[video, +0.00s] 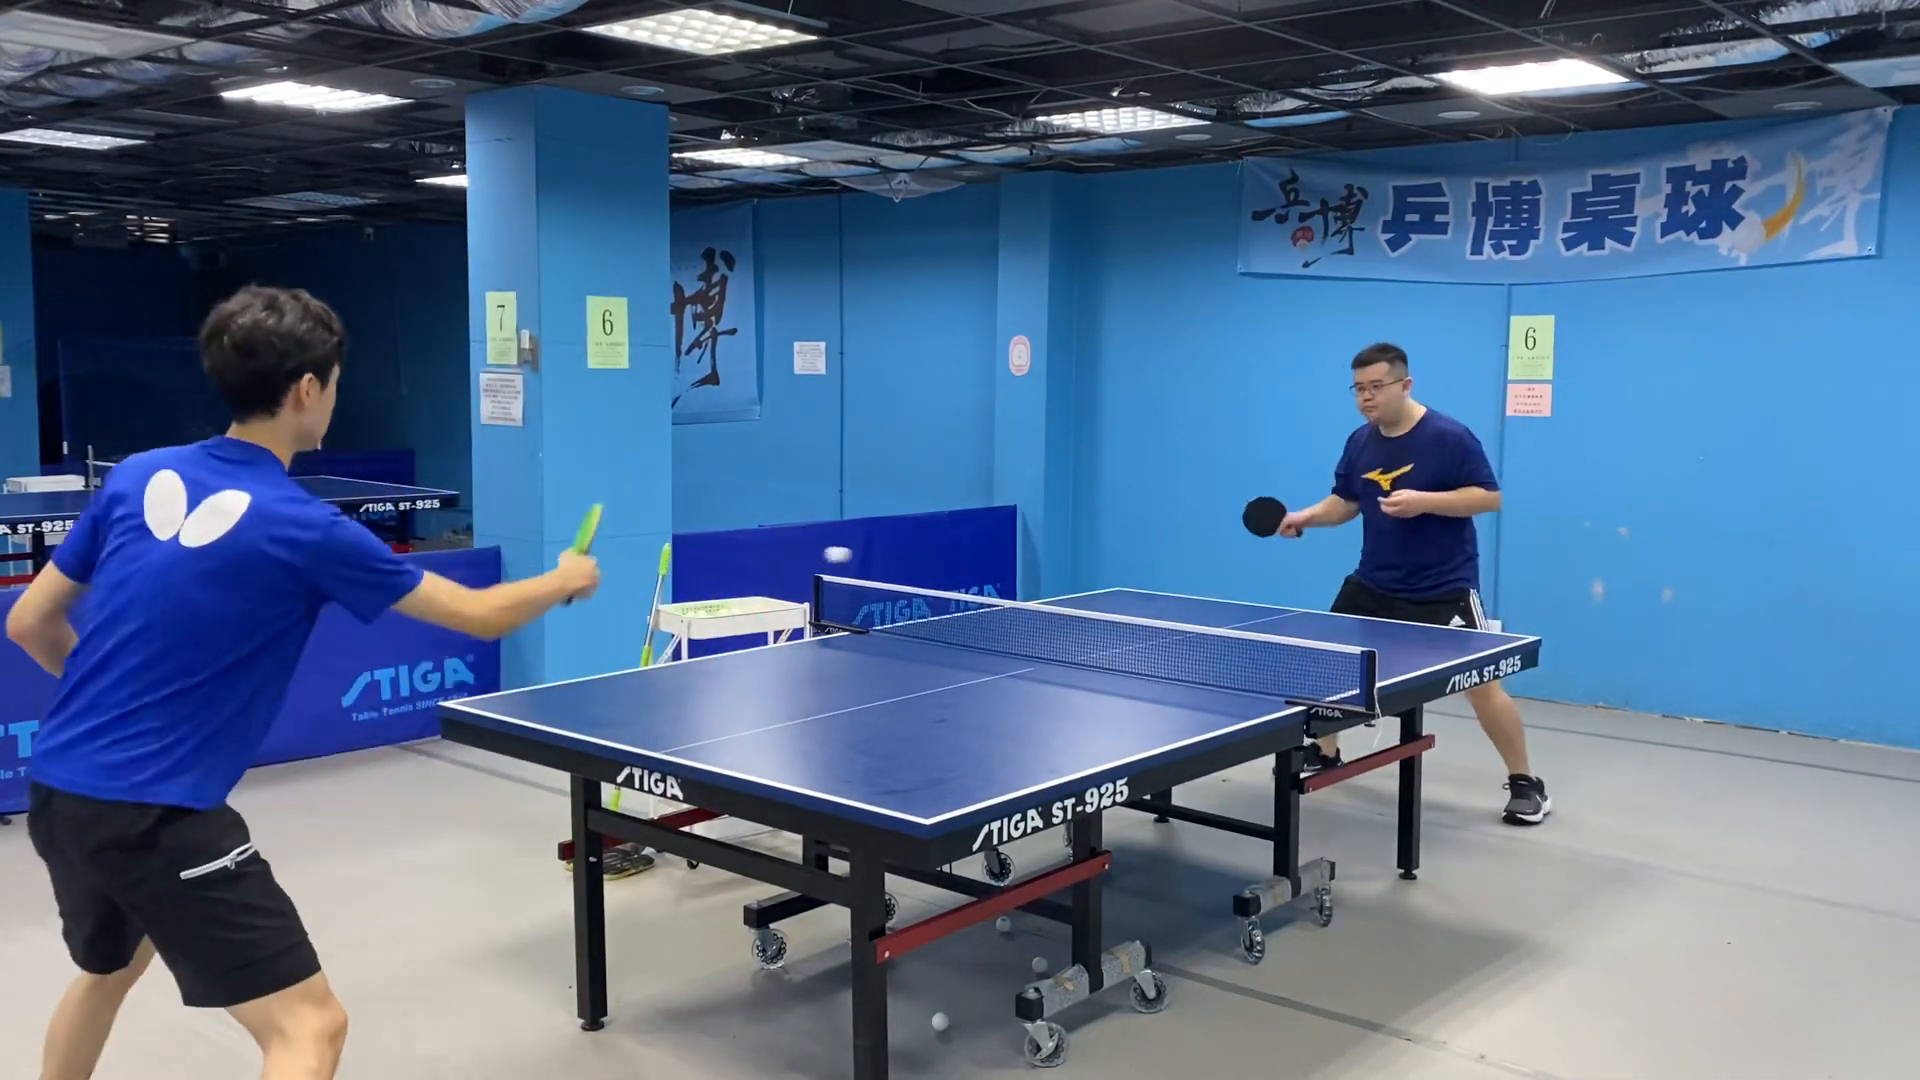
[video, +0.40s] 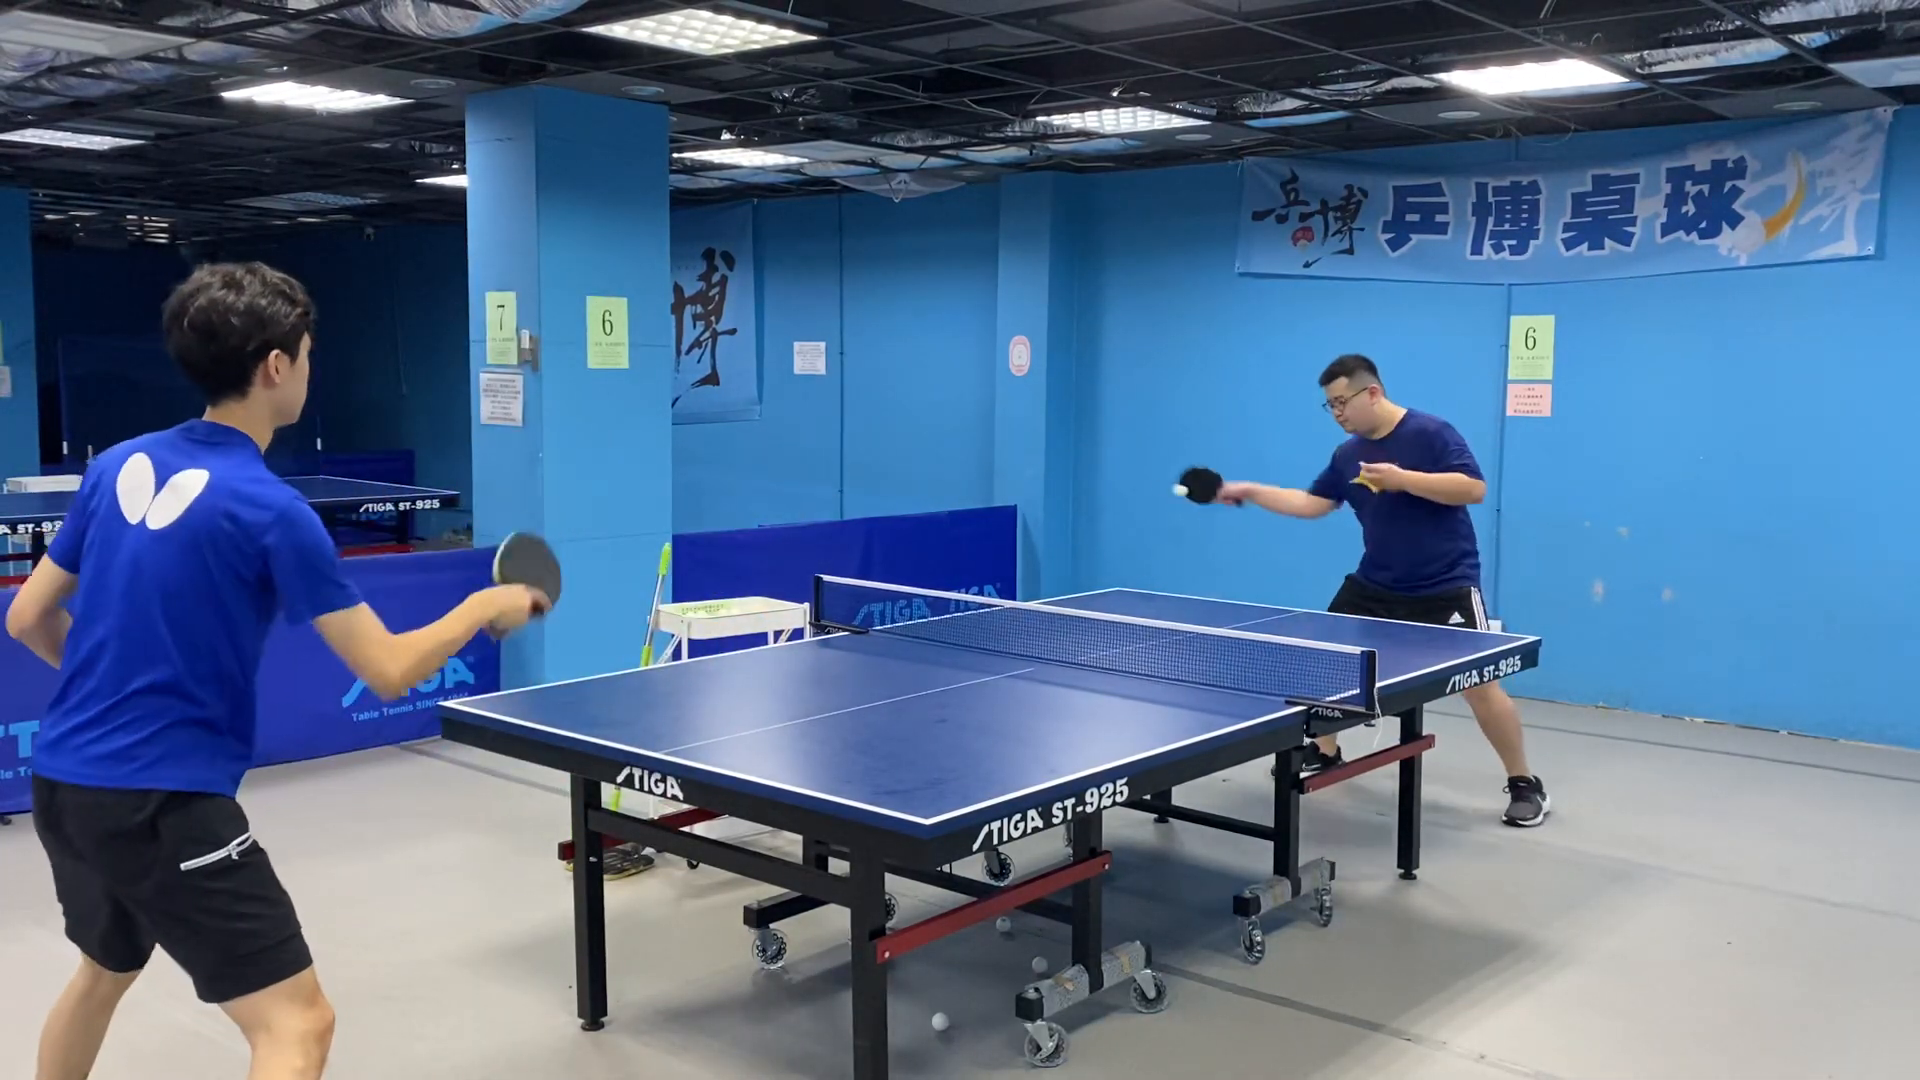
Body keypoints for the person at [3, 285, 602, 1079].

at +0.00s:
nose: (333, 401)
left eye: (332, 382)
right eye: (331, 382)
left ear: (230, 381)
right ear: (303, 390)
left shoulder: (136, 478)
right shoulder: (303, 525)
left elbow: (30, 622)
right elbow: (482, 614)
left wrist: (114, 695)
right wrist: (566, 580)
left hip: (61, 792)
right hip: (157, 810)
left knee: (112, 955)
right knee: (306, 1028)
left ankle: (53, 1076)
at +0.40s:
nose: (309, 370)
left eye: (306, 351)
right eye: (305, 352)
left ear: (202, 361)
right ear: (273, 366)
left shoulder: (118, 466)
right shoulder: (272, 510)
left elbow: (31, 616)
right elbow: (389, 669)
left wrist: (113, 677)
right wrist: (485, 608)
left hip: (64, 782)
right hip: (164, 801)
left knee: (105, 962)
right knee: (293, 1025)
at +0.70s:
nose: (354, 453)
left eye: (355, 434)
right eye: (347, 433)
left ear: (287, 433)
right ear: (294, 434)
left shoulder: (210, 515)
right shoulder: (201, 560)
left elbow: (183, 704)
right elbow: (168, 761)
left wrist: (269, 774)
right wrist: (319, 786)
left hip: (90, 807)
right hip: (102, 824)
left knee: (162, 975)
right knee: (278, 1030)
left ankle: (81, 1077)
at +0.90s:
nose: (369, 485)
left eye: (375, 466)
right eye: (367, 462)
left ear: (297, 449)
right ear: (313, 454)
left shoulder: (185, 504)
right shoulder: (232, 565)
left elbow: (75, 626)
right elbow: (414, 676)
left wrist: (182, 733)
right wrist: (539, 580)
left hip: (43, 801)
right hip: (93, 828)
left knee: (134, 983)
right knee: (274, 1029)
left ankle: (65, 1077)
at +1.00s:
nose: (365, 477)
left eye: (372, 459)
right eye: (366, 456)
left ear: (304, 437)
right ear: (319, 440)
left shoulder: (165, 496)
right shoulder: (251, 553)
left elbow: (46, 621)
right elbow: (445, 633)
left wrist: (144, 686)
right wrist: (516, 521)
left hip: (38, 802)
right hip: (108, 829)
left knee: (110, 979)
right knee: (286, 1030)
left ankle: (54, 1079)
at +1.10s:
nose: (353, 443)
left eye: (359, 425)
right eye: (354, 423)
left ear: (253, 406)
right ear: (310, 415)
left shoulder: (146, 483)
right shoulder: (255, 535)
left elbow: (33, 617)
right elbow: (438, 634)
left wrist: (117, 695)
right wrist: (513, 525)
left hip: (35, 793)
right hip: (119, 822)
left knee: (104, 971)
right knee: (285, 1029)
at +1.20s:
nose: (333, 415)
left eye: (336, 396)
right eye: (333, 394)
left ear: (241, 381)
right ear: (293, 391)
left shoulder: (137, 471)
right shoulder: (249, 518)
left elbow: (27, 614)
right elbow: (395, 656)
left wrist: (117, 686)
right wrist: (496, 576)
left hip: (41, 786)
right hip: (130, 810)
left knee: (100, 973)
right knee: (280, 1026)